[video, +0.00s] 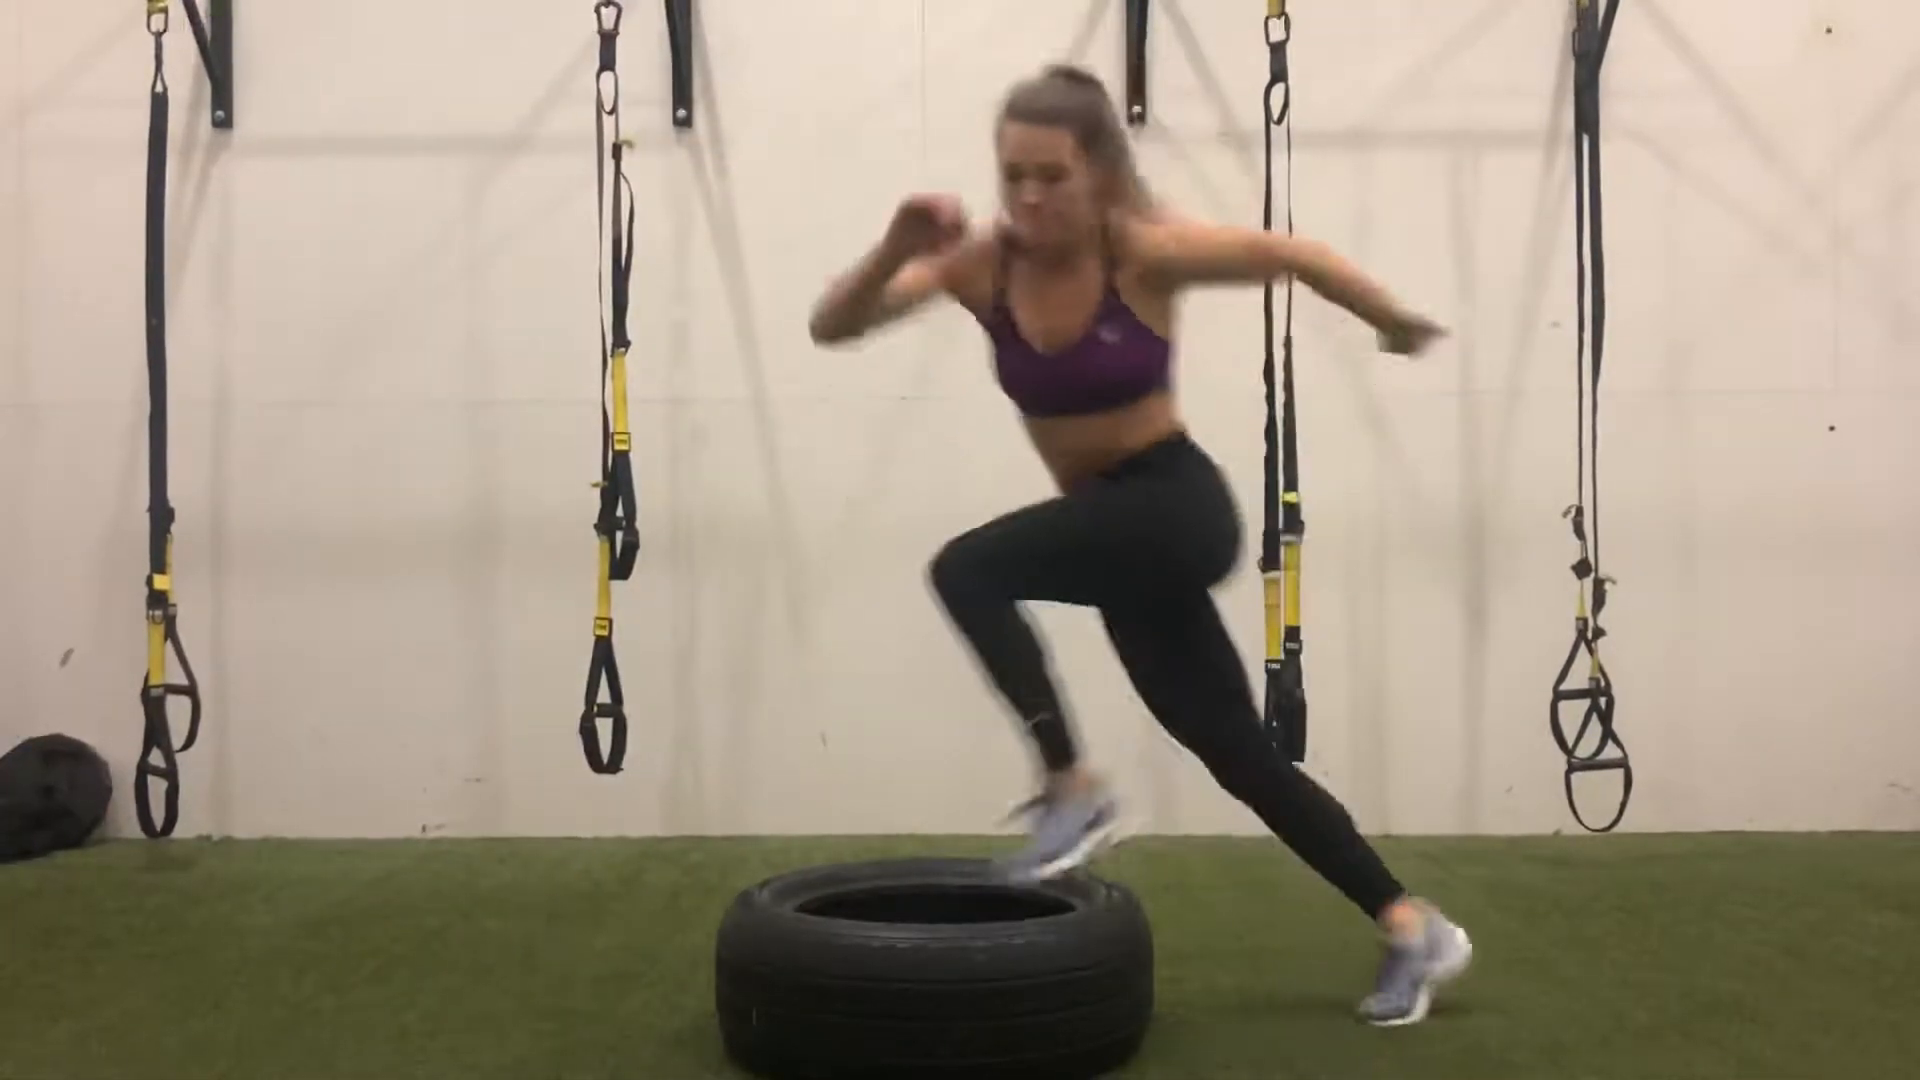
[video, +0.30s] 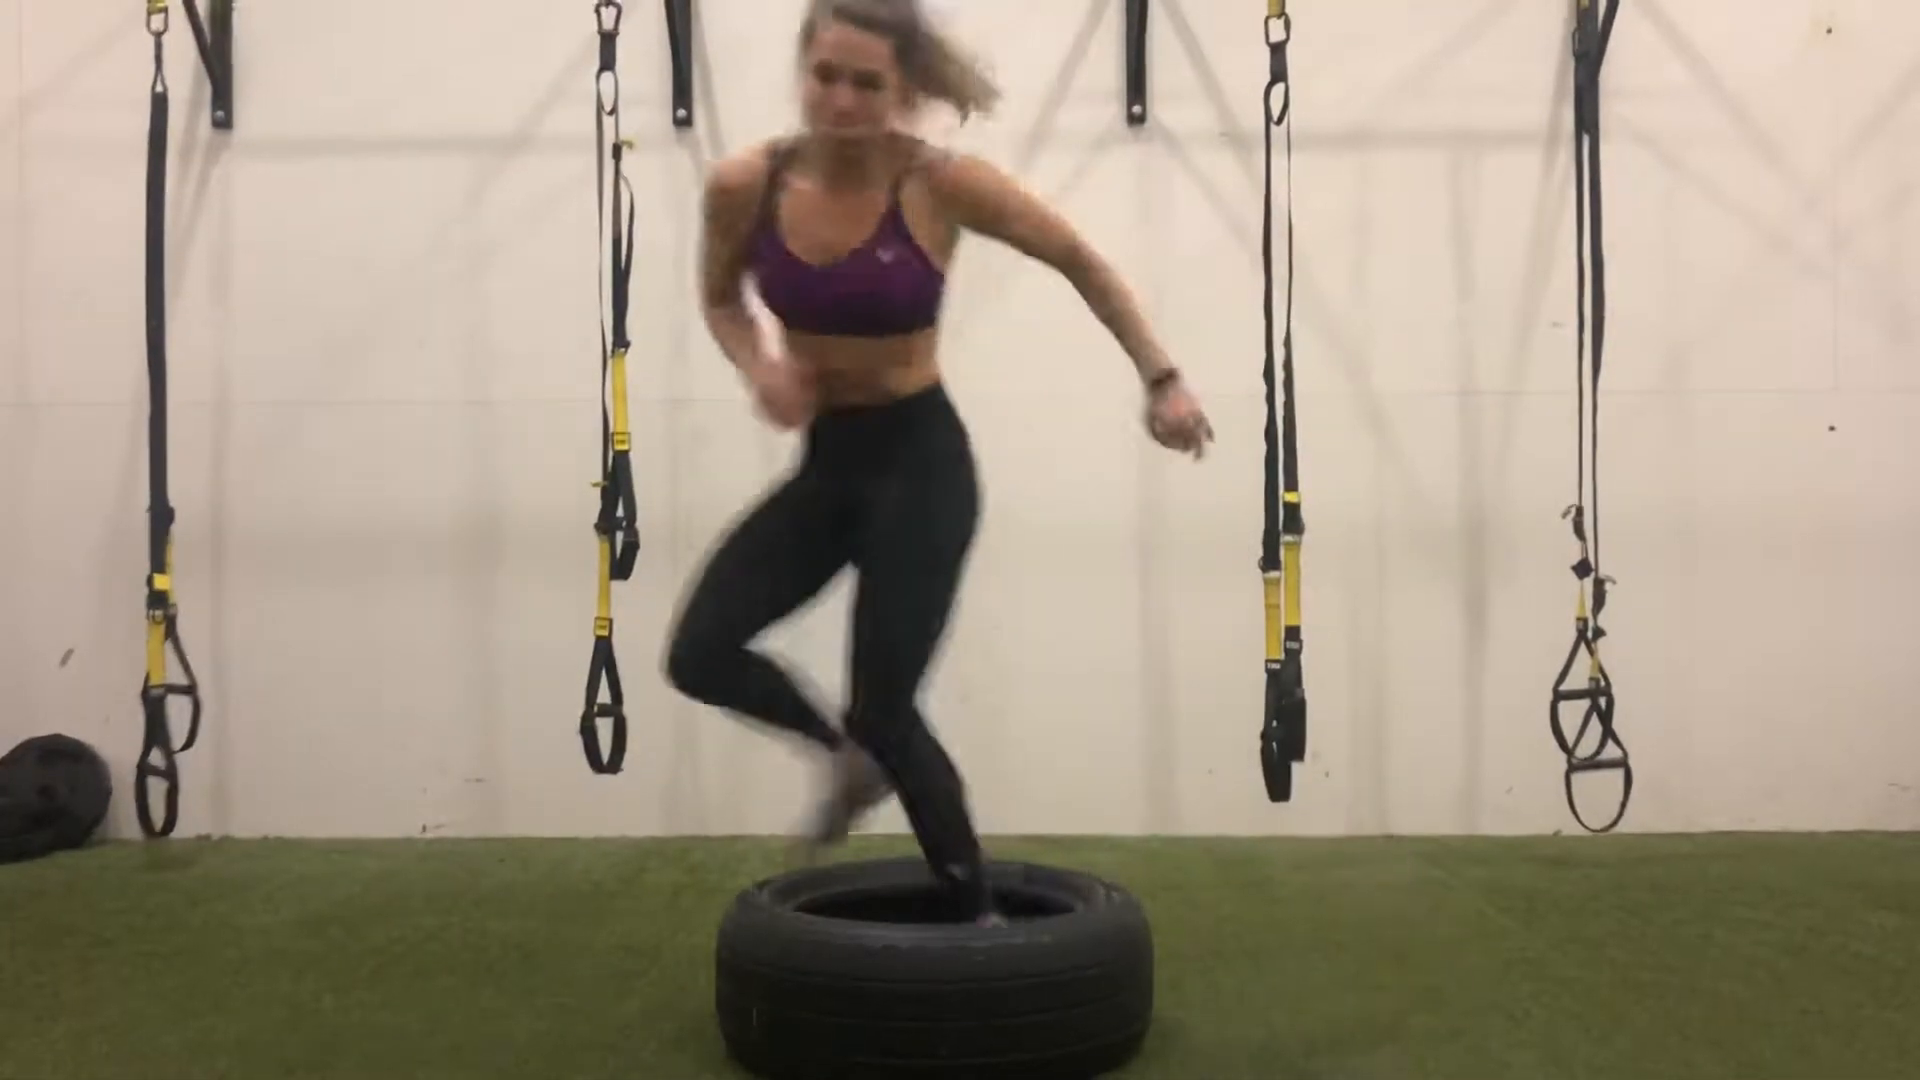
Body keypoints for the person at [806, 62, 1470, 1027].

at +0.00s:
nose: (1028, 197)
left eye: (1050, 175)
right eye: (1013, 175)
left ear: (1102, 175)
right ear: (998, 174)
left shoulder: (1146, 252)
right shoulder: (982, 263)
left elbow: (1301, 255)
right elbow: (830, 329)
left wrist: (1397, 322)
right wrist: (887, 256)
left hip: (1177, 506)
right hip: (1106, 524)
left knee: (969, 569)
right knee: (1240, 756)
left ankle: (1070, 789)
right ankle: (1414, 928)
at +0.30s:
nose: (841, 99)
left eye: (865, 82)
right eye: (825, 76)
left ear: (902, 91)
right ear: (800, 77)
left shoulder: (941, 184)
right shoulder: (746, 186)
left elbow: (1082, 264)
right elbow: (721, 295)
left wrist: (1162, 379)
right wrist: (762, 370)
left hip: (920, 467)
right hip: (829, 468)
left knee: (880, 712)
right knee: (701, 655)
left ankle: (975, 924)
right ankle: (850, 755)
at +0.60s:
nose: (750, 174)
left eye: (770, 152)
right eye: (729, 150)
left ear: (798, 152)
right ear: (690, 147)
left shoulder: (813, 254)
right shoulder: (636, 249)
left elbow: (775, 348)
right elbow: (562, 393)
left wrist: (777, 444)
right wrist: (628, 436)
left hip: (703, 523)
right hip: (594, 505)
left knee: (659, 734)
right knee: (495, 744)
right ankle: (422, 956)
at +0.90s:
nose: (824, 162)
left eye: (839, 141)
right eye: (804, 141)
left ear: (860, 133)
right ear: (761, 132)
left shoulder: (881, 200)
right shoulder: (711, 208)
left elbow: (872, 283)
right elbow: (590, 227)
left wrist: (736, 255)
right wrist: (474, 211)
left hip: (743, 488)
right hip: (698, 478)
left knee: (610, 745)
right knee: (907, 570)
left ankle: (438, 963)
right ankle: (712, 707)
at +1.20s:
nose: (1003, 98)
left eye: (1021, 77)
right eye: (983, 77)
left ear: (1047, 69)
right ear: (946, 71)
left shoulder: (1077, 147)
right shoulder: (894, 173)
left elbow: (1099, 236)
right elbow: (747, 277)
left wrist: (1111, 320)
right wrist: (613, 351)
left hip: (1007, 473)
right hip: (913, 474)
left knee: (1140, 665)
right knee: (956, 723)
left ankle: (1026, 707)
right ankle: (904, 935)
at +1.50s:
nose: (1064, 142)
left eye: (1087, 122)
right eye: (1047, 121)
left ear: (1129, 125)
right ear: (1024, 126)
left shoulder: (1193, 216)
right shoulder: (1004, 261)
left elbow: (1292, 324)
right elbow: (1014, 383)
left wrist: (1335, 441)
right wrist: (965, 454)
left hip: (1212, 512)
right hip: (1103, 538)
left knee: (1300, 766)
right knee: (1108, 776)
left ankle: (1427, 1004)